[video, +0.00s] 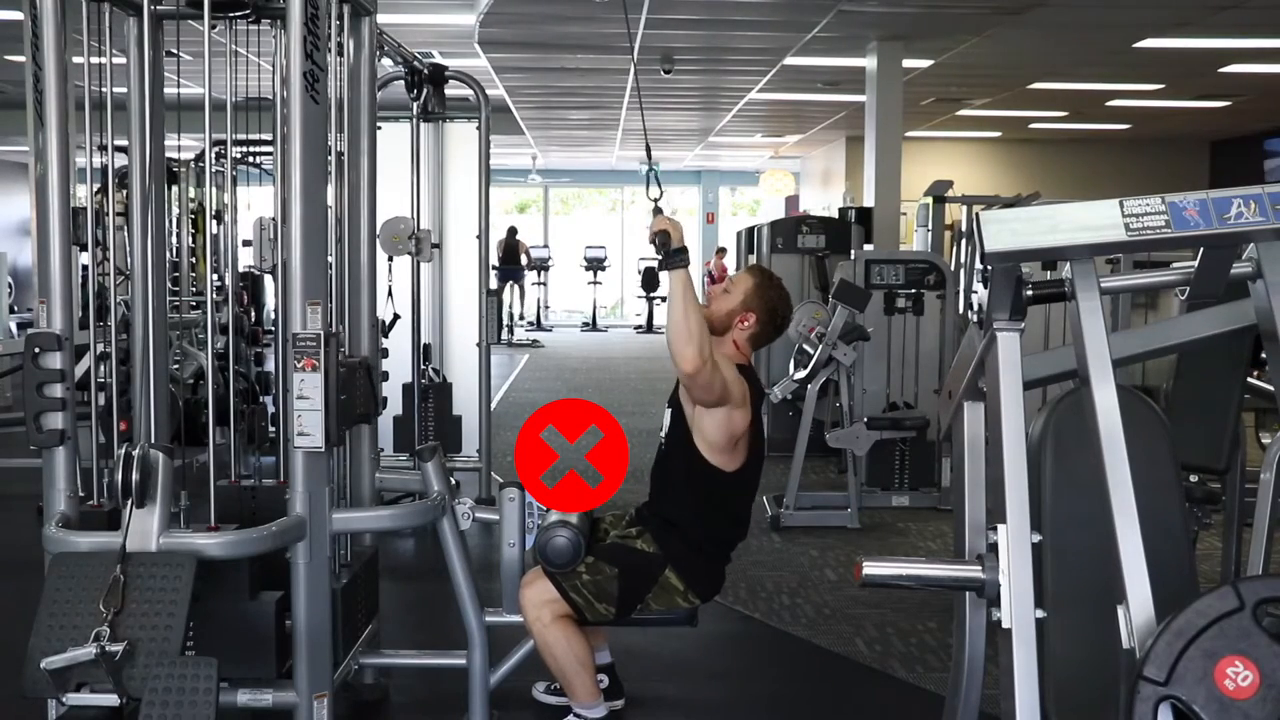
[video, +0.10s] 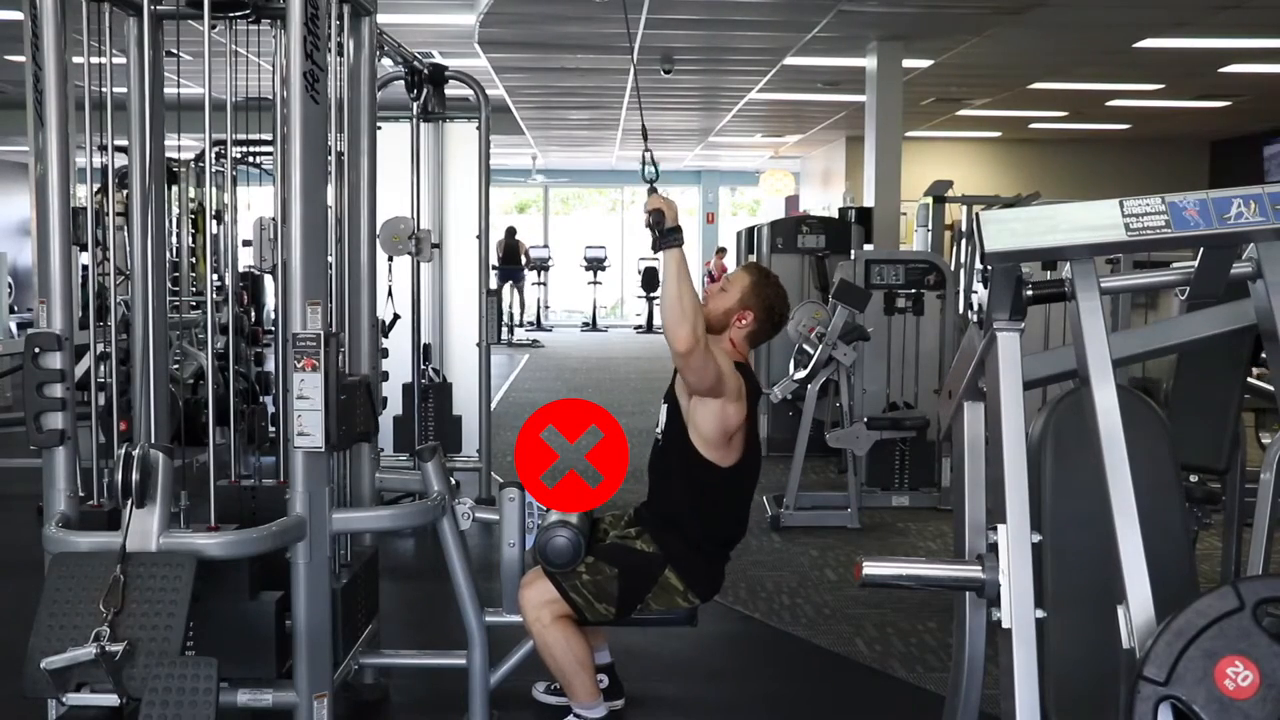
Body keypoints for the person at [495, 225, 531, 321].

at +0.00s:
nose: (509, 235)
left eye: (509, 233)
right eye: (512, 233)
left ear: (507, 233)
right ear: (516, 234)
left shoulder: (500, 243)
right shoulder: (521, 244)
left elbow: (498, 257)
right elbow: (530, 260)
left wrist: (501, 265)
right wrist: (526, 267)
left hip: (504, 270)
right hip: (517, 270)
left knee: (499, 292)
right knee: (521, 287)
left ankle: (499, 316)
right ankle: (522, 312)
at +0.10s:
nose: (507, 236)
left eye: (507, 233)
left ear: (505, 233)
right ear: (515, 234)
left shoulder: (500, 243)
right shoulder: (520, 244)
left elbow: (498, 258)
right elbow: (528, 259)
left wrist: (501, 266)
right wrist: (523, 267)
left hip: (504, 270)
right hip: (517, 271)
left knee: (499, 291)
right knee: (521, 295)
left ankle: (499, 316)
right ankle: (521, 320)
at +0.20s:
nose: (504, 236)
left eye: (504, 234)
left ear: (504, 234)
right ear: (514, 234)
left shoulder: (499, 244)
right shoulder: (519, 244)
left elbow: (498, 258)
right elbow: (528, 259)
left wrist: (501, 266)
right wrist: (524, 267)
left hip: (503, 271)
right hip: (517, 271)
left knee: (499, 284)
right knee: (520, 299)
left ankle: (499, 305)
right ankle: (521, 323)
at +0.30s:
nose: (502, 236)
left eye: (502, 234)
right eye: (503, 234)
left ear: (503, 234)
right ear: (513, 235)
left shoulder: (498, 244)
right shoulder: (519, 244)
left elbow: (498, 259)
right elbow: (527, 258)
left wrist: (500, 267)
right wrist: (524, 267)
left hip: (503, 271)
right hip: (516, 271)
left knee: (499, 281)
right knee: (520, 299)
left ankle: (500, 302)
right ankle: (521, 326)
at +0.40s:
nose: (501, 236)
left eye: (502, 234)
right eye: (503, 234)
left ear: (503, 235)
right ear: (512, 235)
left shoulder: (497, 244)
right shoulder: (518, 244)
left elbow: (498, 259)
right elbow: (527, 258)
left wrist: (500, 267)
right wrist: (524, 267)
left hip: (503, 271)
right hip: (516, 271)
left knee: (499, 282)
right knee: (520, 298)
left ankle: (500, 305)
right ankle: (520, 324)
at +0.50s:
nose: (503, 237)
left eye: (503, 235)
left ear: (503, 234)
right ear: (513, 235)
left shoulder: (498, 244)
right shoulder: (518, 244)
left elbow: (497, 258)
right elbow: (528, 258)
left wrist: (500, 267)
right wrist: (523, 268)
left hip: (503, 271)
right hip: (516, 270)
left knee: (499, 289)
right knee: (521, 296)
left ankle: (500, 313)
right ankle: (520, 320)